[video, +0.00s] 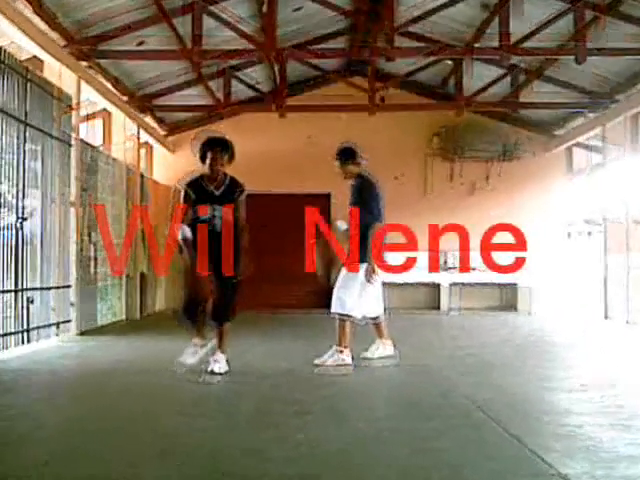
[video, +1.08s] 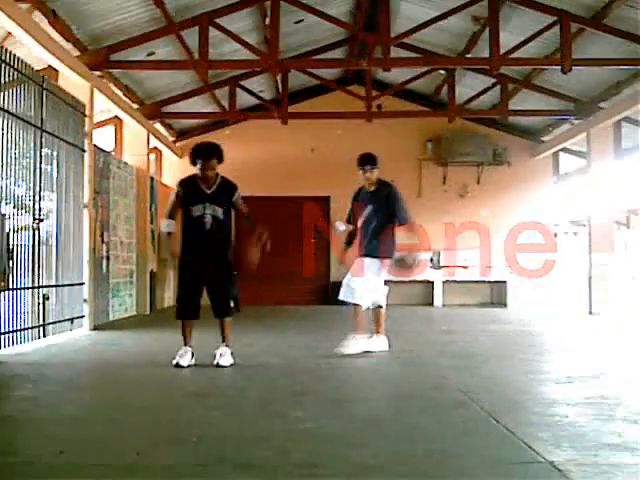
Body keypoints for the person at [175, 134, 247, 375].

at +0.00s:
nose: (216, 163)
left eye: (221, 158)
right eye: (212, 157)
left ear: (227, 160)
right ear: (205, 159)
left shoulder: (236, 189)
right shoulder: (193, 187)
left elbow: (242, 225)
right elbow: (184, 222)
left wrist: (242, 259)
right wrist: (184, 245)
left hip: (226, 255)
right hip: (199, 254)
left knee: (223, 304)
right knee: (196, 298)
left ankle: (220, 351)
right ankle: (199, 340)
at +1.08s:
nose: (207, 174)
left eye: (211, 169)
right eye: (203, 169)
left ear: (218, 166)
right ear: (196, 166)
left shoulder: (228, 188)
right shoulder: (186, 187)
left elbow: (244, 214)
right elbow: (170, 217)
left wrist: (257, 231)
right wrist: (168, 242)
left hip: (220, 256)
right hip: (191, 256)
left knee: (223, 303)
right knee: (187, 304)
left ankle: (225, 347)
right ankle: (187, 348)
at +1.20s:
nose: (191, 176)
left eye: (195, 171)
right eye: (187, 172)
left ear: (204, 168)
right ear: (182, 169)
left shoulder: (218, 186)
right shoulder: (175, 189)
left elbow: (237, 205)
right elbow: (155, 218)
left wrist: (254, 200)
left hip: (206, 252)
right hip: (180, 252)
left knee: (202, 300)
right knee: (178, 302)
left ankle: (214, 339)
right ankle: (185, 348)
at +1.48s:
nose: (182, 176)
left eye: (186, 171)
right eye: (178, 171)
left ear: (196, 167)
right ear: (174, 168)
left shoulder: (209, 188)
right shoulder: (164, 186)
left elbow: (220, 219)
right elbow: (149, 223)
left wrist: (229, 205)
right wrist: (148, 257)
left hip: (197, 254)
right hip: (170, 254)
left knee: (193, 303)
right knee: (174, 303)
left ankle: (190, 350)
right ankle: (183, 347)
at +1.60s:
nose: (181, 175)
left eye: (185, 171)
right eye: (177, 170)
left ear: (195, 167)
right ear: (173, 167)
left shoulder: (205, 190)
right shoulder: (161, 187)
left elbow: (208, 224)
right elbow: (152, 226)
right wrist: (155, 258)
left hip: (196, 253)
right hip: (169, 255)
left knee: (194, 302)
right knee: (174, 303)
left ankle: (189, 350)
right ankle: (183, 347)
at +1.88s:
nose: (169, 174)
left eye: (173, 170)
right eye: (166, 169)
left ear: (184, 167)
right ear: (160, 166)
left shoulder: (194, 190)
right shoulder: (151, 187)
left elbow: (204, 229)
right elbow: (138, 218)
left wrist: (178, 249)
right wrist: (124, 237)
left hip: (191, 252)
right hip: (162, 252)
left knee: (190, 305)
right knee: (157, 304)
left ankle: (188, 352)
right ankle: (160, 345)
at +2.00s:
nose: (160, 171)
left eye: (165, 166)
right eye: (157, 166)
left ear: (176, 164)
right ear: (152, 164)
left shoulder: (190, 187)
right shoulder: (146, 184)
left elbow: (210, 218)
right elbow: (131, 208)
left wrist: (185, 235)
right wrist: (124, 212)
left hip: (185, 254)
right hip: (156, 253)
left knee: (187, 306)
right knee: (143, 304)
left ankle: (187, 353)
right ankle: (136, 354)